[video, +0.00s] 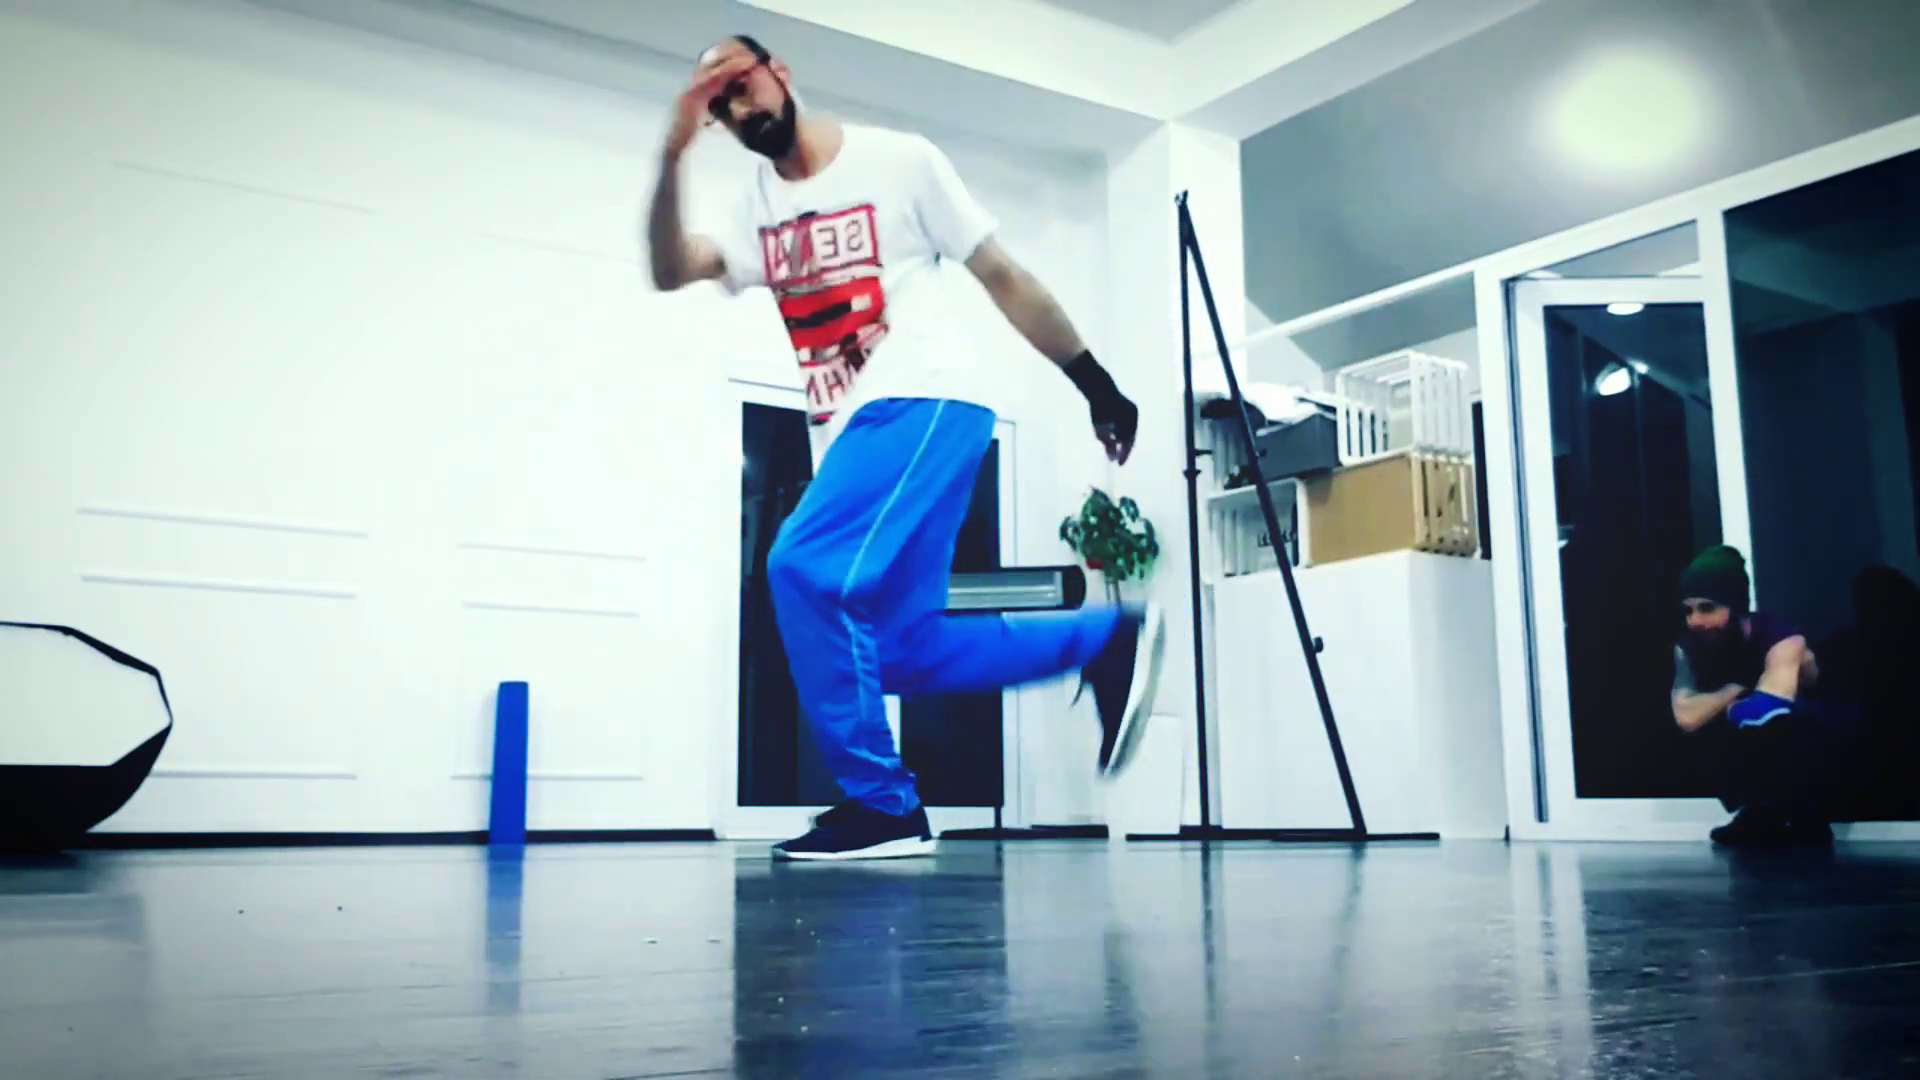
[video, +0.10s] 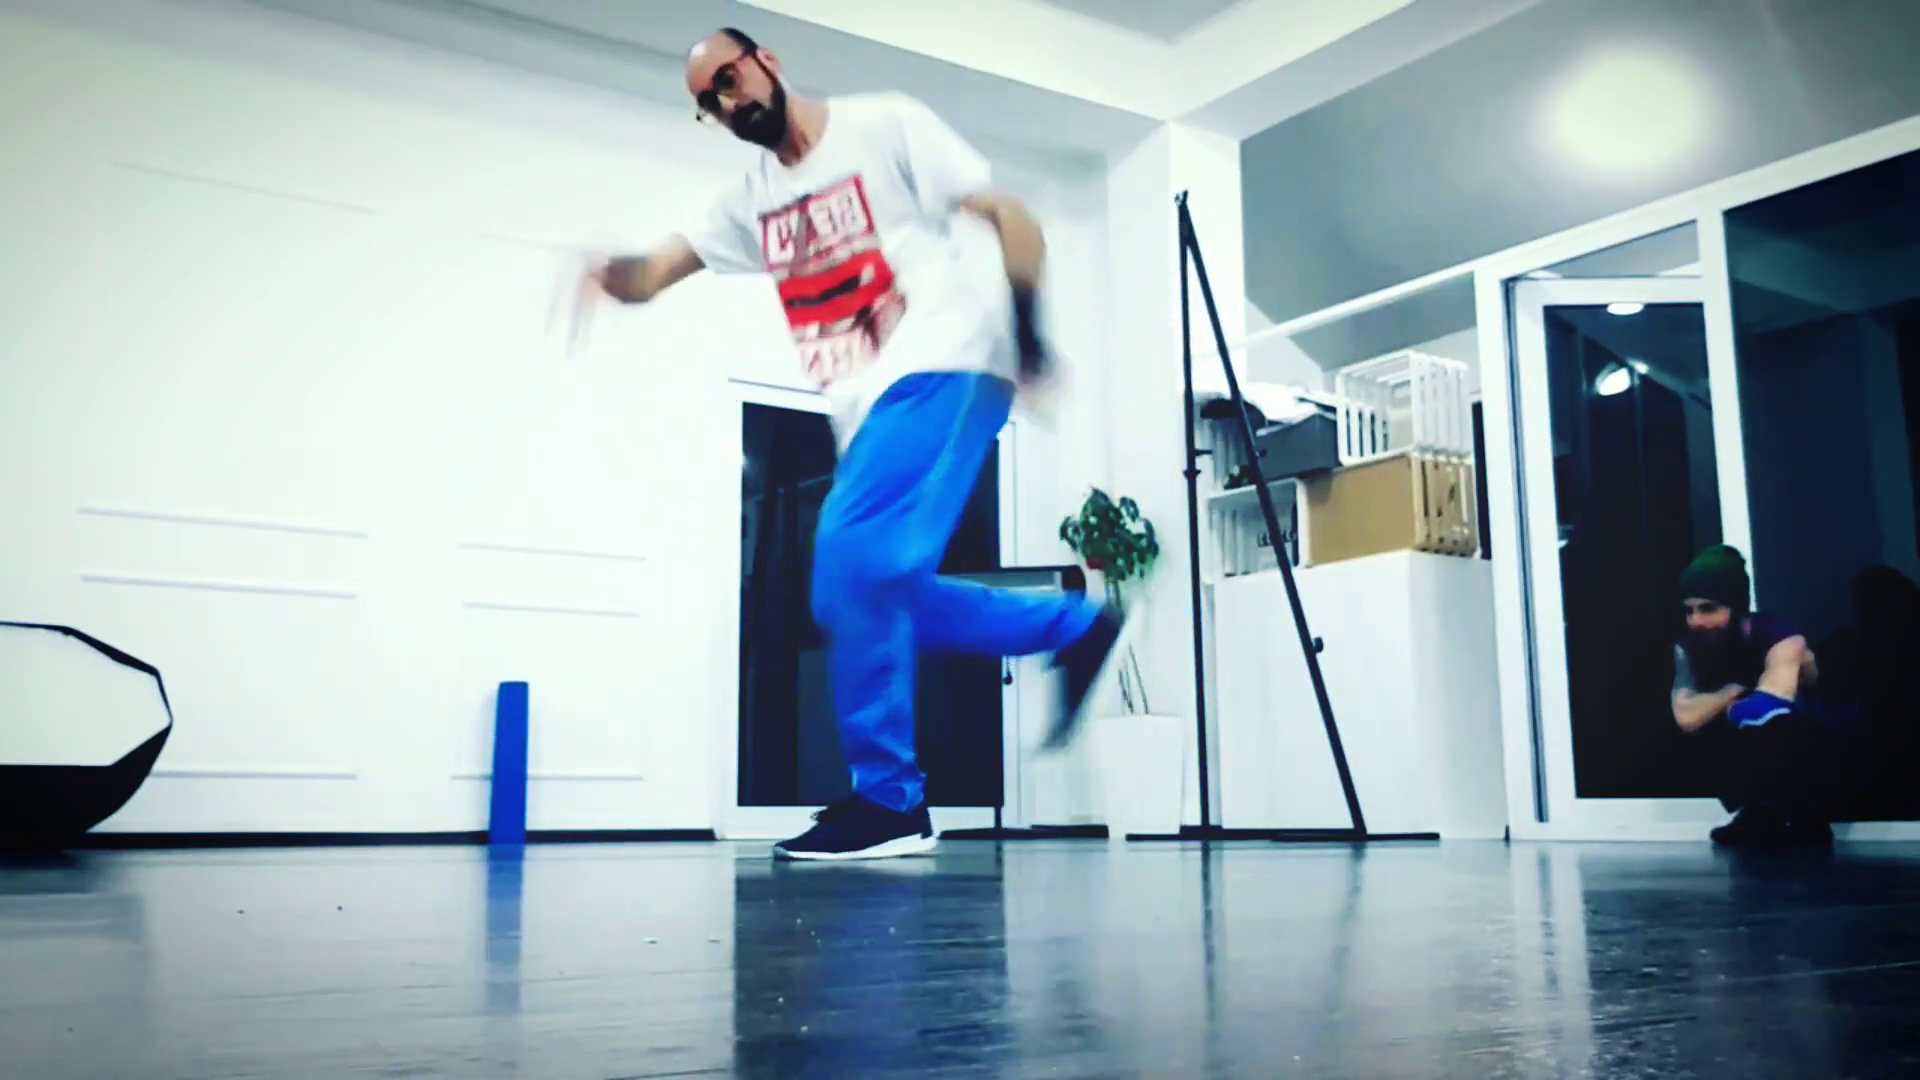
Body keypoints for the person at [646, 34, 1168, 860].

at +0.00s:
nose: (735, 108)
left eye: (741, 85)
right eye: (720, 105)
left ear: (782, 75)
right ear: (720, 123)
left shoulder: (903, 162)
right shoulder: (759, 212)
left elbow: (1003, 278)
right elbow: (668, 271)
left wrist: (1094, 381)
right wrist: (672, 156)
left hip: (932, 393)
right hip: (885, 416)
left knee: (806, 563)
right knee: (901, 651)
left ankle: (880, 801)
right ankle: (1102, 637)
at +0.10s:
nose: (724, 104)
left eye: (726, 80)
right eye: (707, 103)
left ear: (767, 60)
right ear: (711, 120)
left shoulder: (886, 124)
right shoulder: (745, 199)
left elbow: (1011, 214)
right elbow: (654, 271)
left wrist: (1029, 338)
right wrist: (606, 270)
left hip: (949, 357)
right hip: (875, 401)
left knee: (856, 556)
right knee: (867, 588)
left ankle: (888, 800)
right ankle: (1073, 624)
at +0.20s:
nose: (729, 93)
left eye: (730, 69)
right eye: (713, 95)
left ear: (768, 48)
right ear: (718, 110)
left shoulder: (877, 88)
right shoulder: (765, 192)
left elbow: (986, 174)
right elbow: (734, 305)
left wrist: (889, 192)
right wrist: (701, 417)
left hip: (972, 336)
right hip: (887, 370)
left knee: (895, 532)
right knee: (815, 531)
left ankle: (987, 767)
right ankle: (940, 727)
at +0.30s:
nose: (741, 102)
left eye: (744, 80)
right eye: (727, 105)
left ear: (785, 65)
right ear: (737, 124)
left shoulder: (874, 96)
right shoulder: (809, 215)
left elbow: (897, 177)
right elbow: (847, 350)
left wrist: (767, 145)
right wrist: (849, 445)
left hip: (965, 369)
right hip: (883, 402)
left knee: (966, 586)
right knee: (795, 541)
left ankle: (1102, 789)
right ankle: (738, 768)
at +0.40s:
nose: (736, 118)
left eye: (743, 94)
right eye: (728, 118)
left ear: (789, 79)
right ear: (745, 132)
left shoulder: (861, 105)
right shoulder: (818, 184)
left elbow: (810, 188)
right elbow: (892, 322)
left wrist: (718, 149)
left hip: (947, 384)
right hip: (867, 404)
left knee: (934, 584)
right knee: (766, 539)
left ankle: (1076, 767)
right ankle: (775, 773)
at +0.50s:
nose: (735, 136)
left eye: (735, 114)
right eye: (725, 135)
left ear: (774, 84)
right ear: (744, 143)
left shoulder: (842, 109)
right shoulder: (823, 187)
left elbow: (785, 210)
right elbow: (928, 284)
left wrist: (670, 218)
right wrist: (1016, 401)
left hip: (910, 370)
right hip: (854, 384)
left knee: (813, 546)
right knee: (778, 572)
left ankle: (960, 737)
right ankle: (905, 771)